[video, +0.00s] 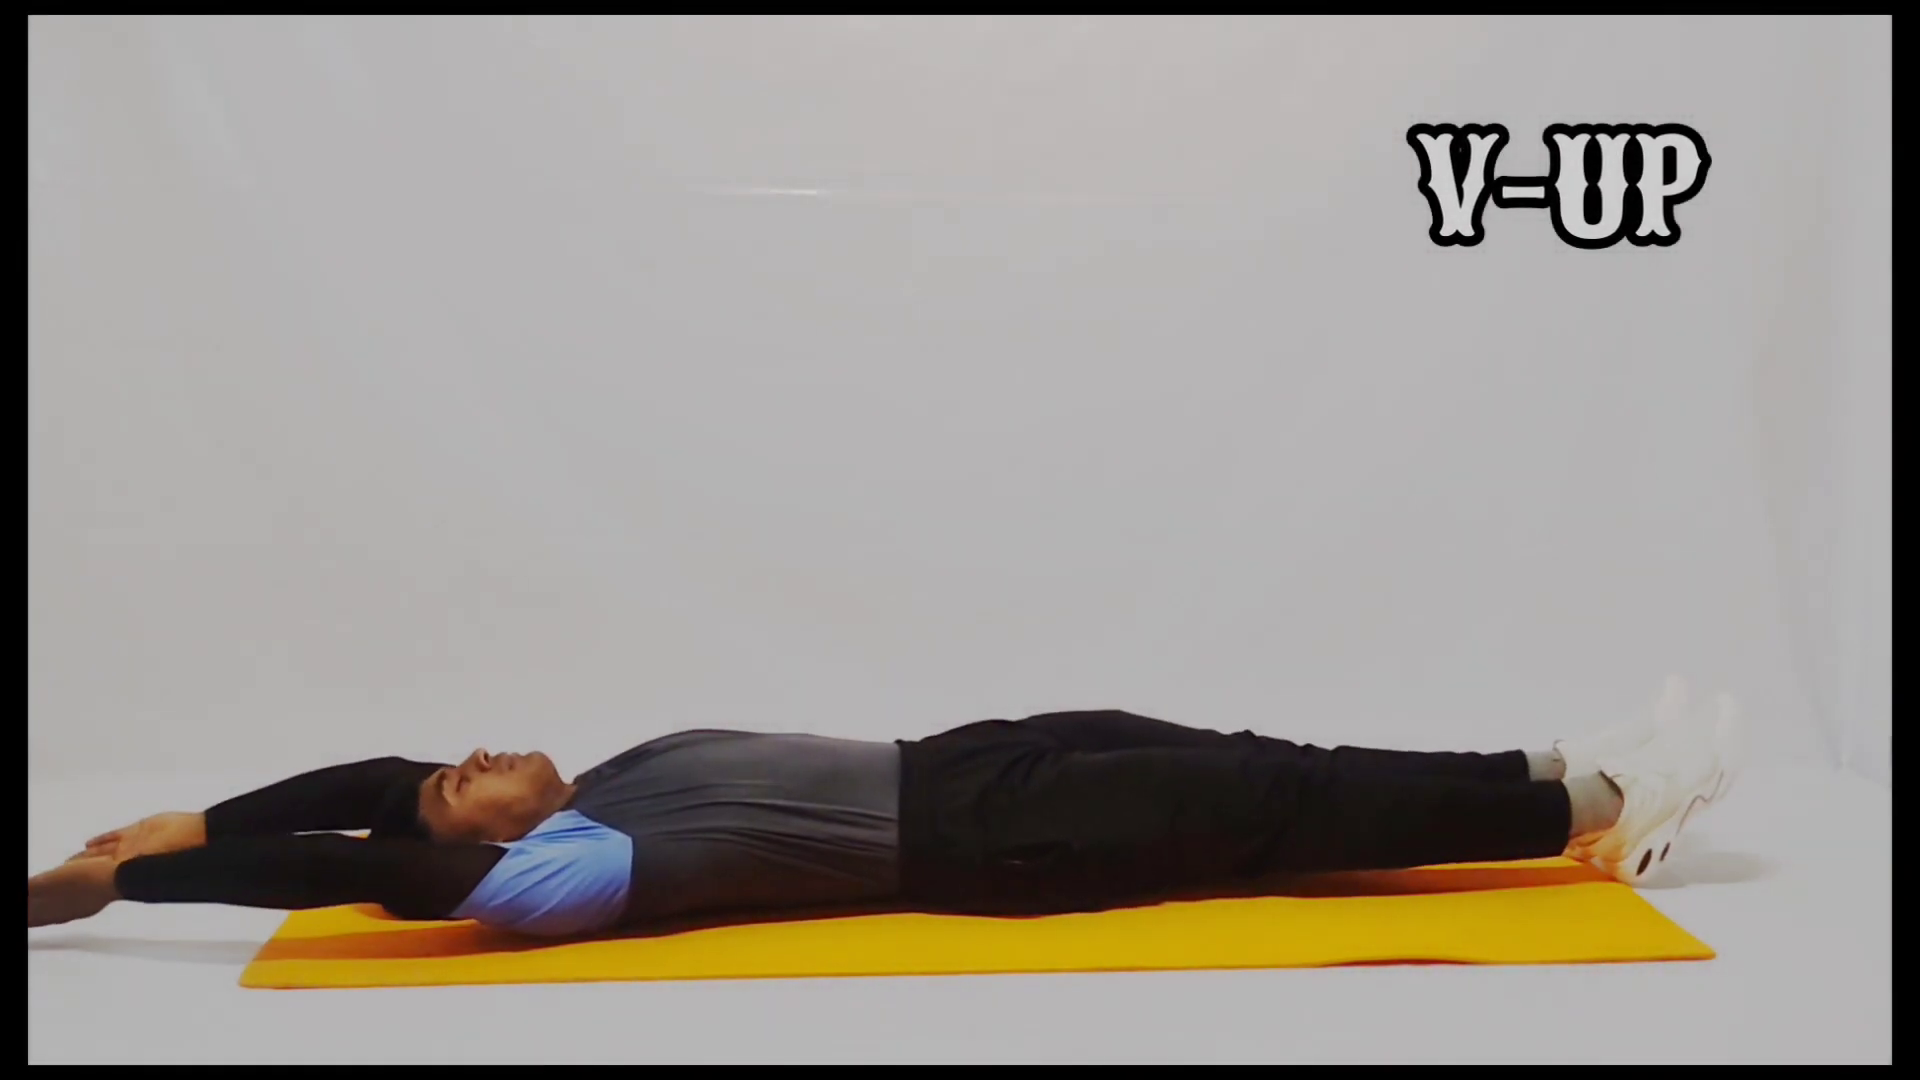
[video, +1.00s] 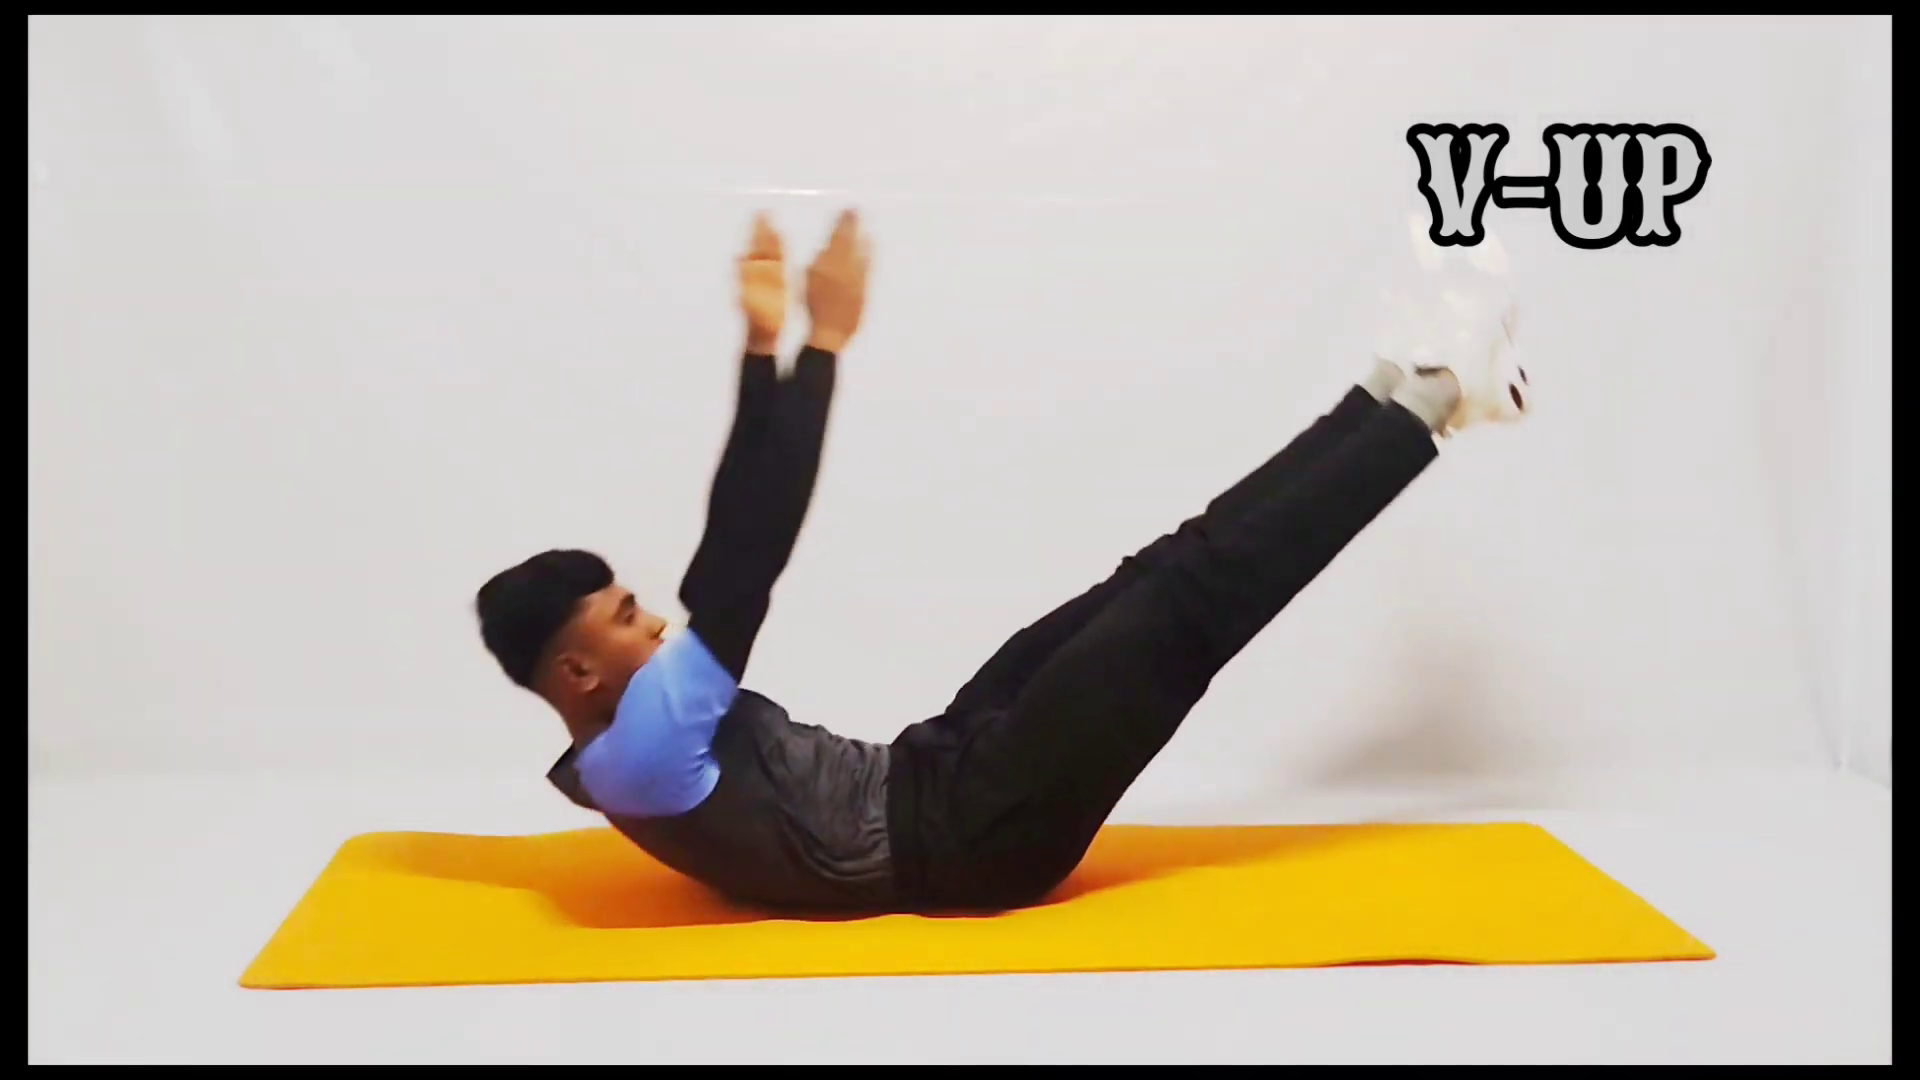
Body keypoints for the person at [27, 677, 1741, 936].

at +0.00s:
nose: (496, 763)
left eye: (473, 759)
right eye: (473, 784)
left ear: (499, 782)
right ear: (478, 842)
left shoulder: (604, 786)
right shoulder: (580, 850)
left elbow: (362, 817)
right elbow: (486, 895)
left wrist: (148, 845)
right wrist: (456, 899)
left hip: (979, 754)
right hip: (958, 824)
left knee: (1258, 757)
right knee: (1250, 811)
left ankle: (1539, 783)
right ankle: (1557, 813)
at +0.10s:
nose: (500, 762)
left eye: (477, 759)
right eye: (478, 786)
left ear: (503, 777)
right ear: (484, 848)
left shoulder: (616, 783)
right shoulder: (598, 848)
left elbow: (376, 812)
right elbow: (439, 894)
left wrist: (168, 839)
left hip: (974, 756)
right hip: (959, 826)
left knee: (1258, 748)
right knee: (1260, 800)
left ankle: (1562, 777)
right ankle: (1570, 798)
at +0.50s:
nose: (506, 768)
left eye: (483, 763)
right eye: (485, 791)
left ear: (504, 779)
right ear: (489, 843)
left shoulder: (610, 791)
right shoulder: (608, 846)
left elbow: (387, 815)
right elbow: (440, 895)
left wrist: (177, 839)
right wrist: (191, 877)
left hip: (992, 767)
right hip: (987, 819)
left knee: (1286, 740)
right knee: (1286, 766)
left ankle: (1572, 739)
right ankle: (1577, 746)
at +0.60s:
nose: (509, 739)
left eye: (485, 733)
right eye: (485, 757)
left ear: (495, 768)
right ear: (484, 812)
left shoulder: (598, 797)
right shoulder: (599, 858)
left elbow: (370, 781)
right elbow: (549, 890)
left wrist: (162, 760)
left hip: (985, 766)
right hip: (976, 823)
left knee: (1258, 718)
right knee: (1261, 746)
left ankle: (1558, 687)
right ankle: (1564, 699)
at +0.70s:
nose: (532, 707)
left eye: (512, 696)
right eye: (506, 706)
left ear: (486, 758)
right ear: (494, 750)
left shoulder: (586, 789)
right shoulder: (573, 845)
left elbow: (414, 692)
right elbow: (652, 884)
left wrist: (243, 614)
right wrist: (560, 860)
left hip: (963, 773)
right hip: (954, 823)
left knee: (1239, 686)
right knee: (1234, 714)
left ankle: (1546, 611)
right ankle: (1549, 624)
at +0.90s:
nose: (588, 661)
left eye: (573, 648)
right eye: (557, 668)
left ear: (564, 681)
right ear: (526, 722)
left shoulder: (628, 742)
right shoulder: (603, 792)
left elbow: (643, 552)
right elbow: (652, 560)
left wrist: (618, 365)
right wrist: (598, 371)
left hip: (955, 777)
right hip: (959, 835)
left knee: (1190, 615)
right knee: (1191, 647)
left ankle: (1463, 464)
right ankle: (1461, 465)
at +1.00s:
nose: (643, 626)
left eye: (626, 610)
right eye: (616, 621)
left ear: (581, 667)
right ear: (568, 679)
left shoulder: (629, 737)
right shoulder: (653, 729)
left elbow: (730, 548)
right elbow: (748, 551)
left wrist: (762, 357)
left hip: (939, 788)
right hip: (957, 838)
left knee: (1158, 586)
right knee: (1180, 605)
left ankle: (1391, 399)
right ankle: (1415, 411)